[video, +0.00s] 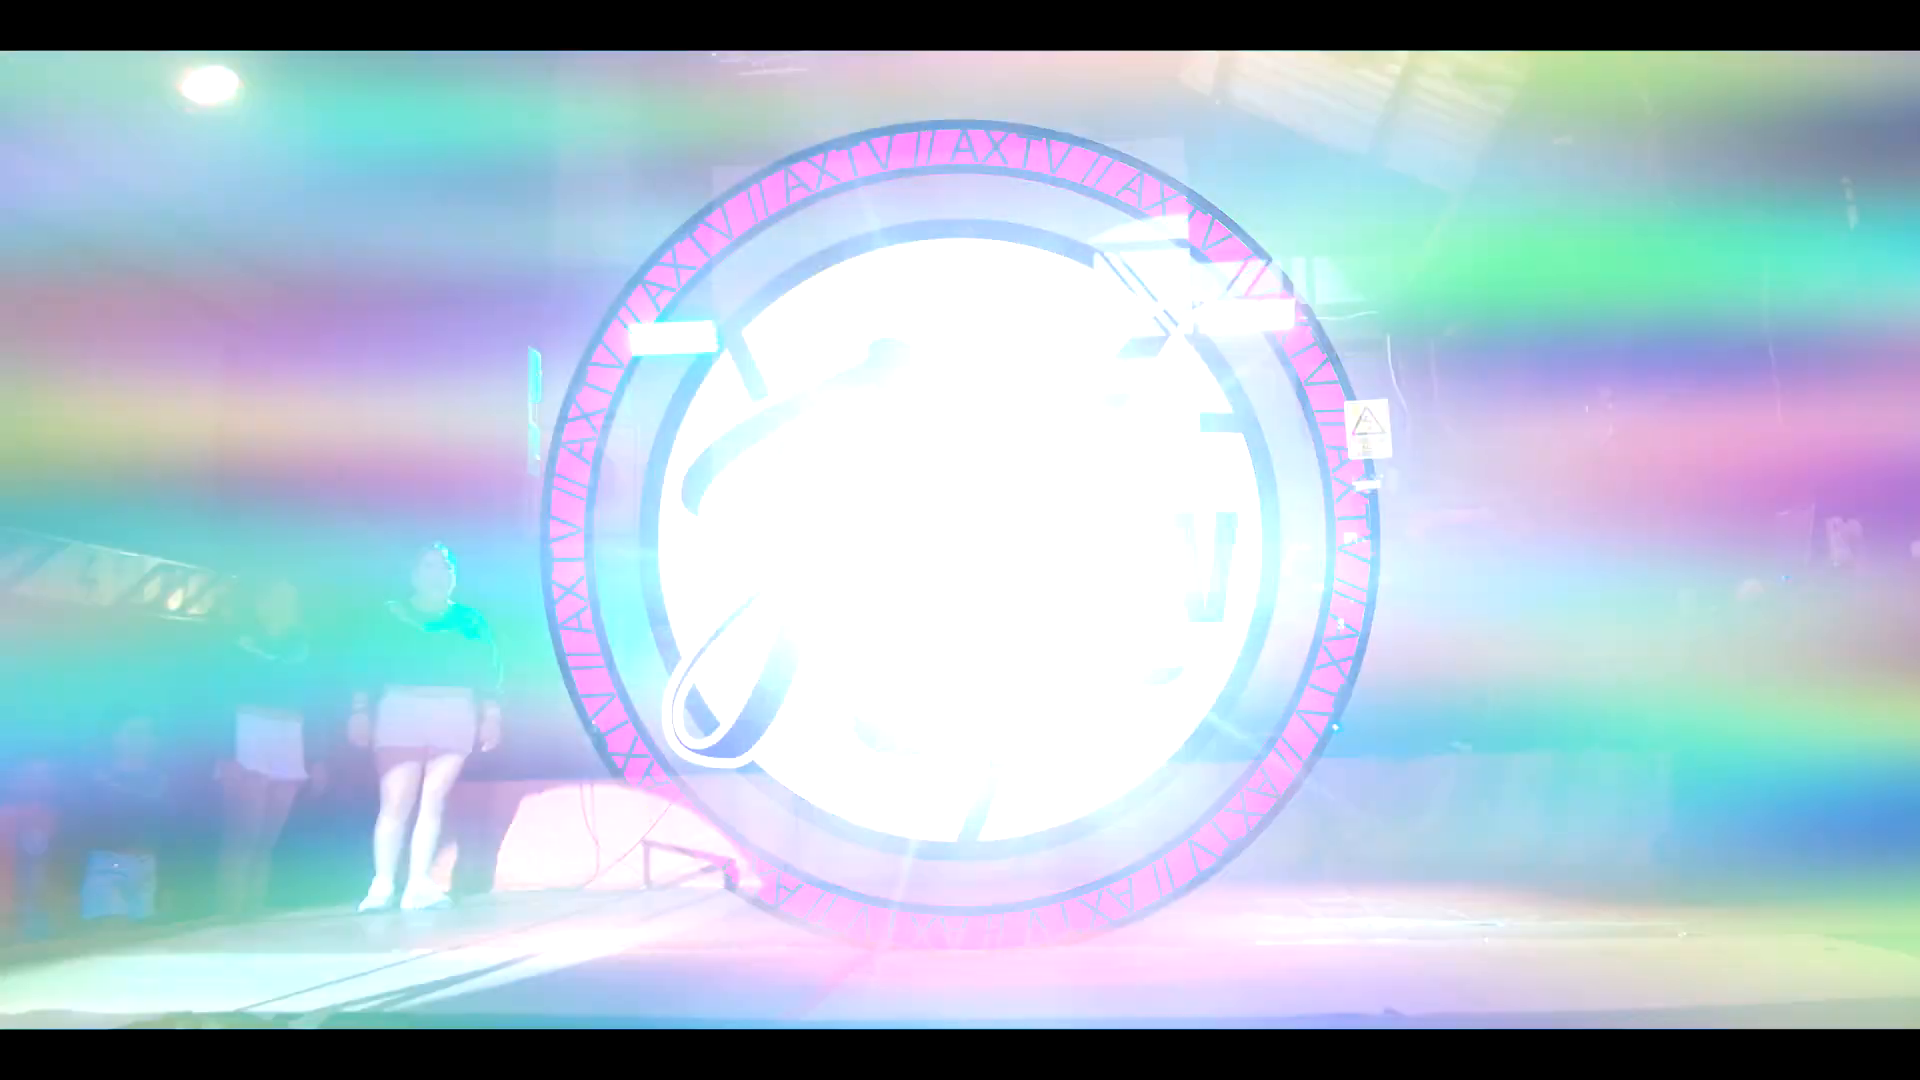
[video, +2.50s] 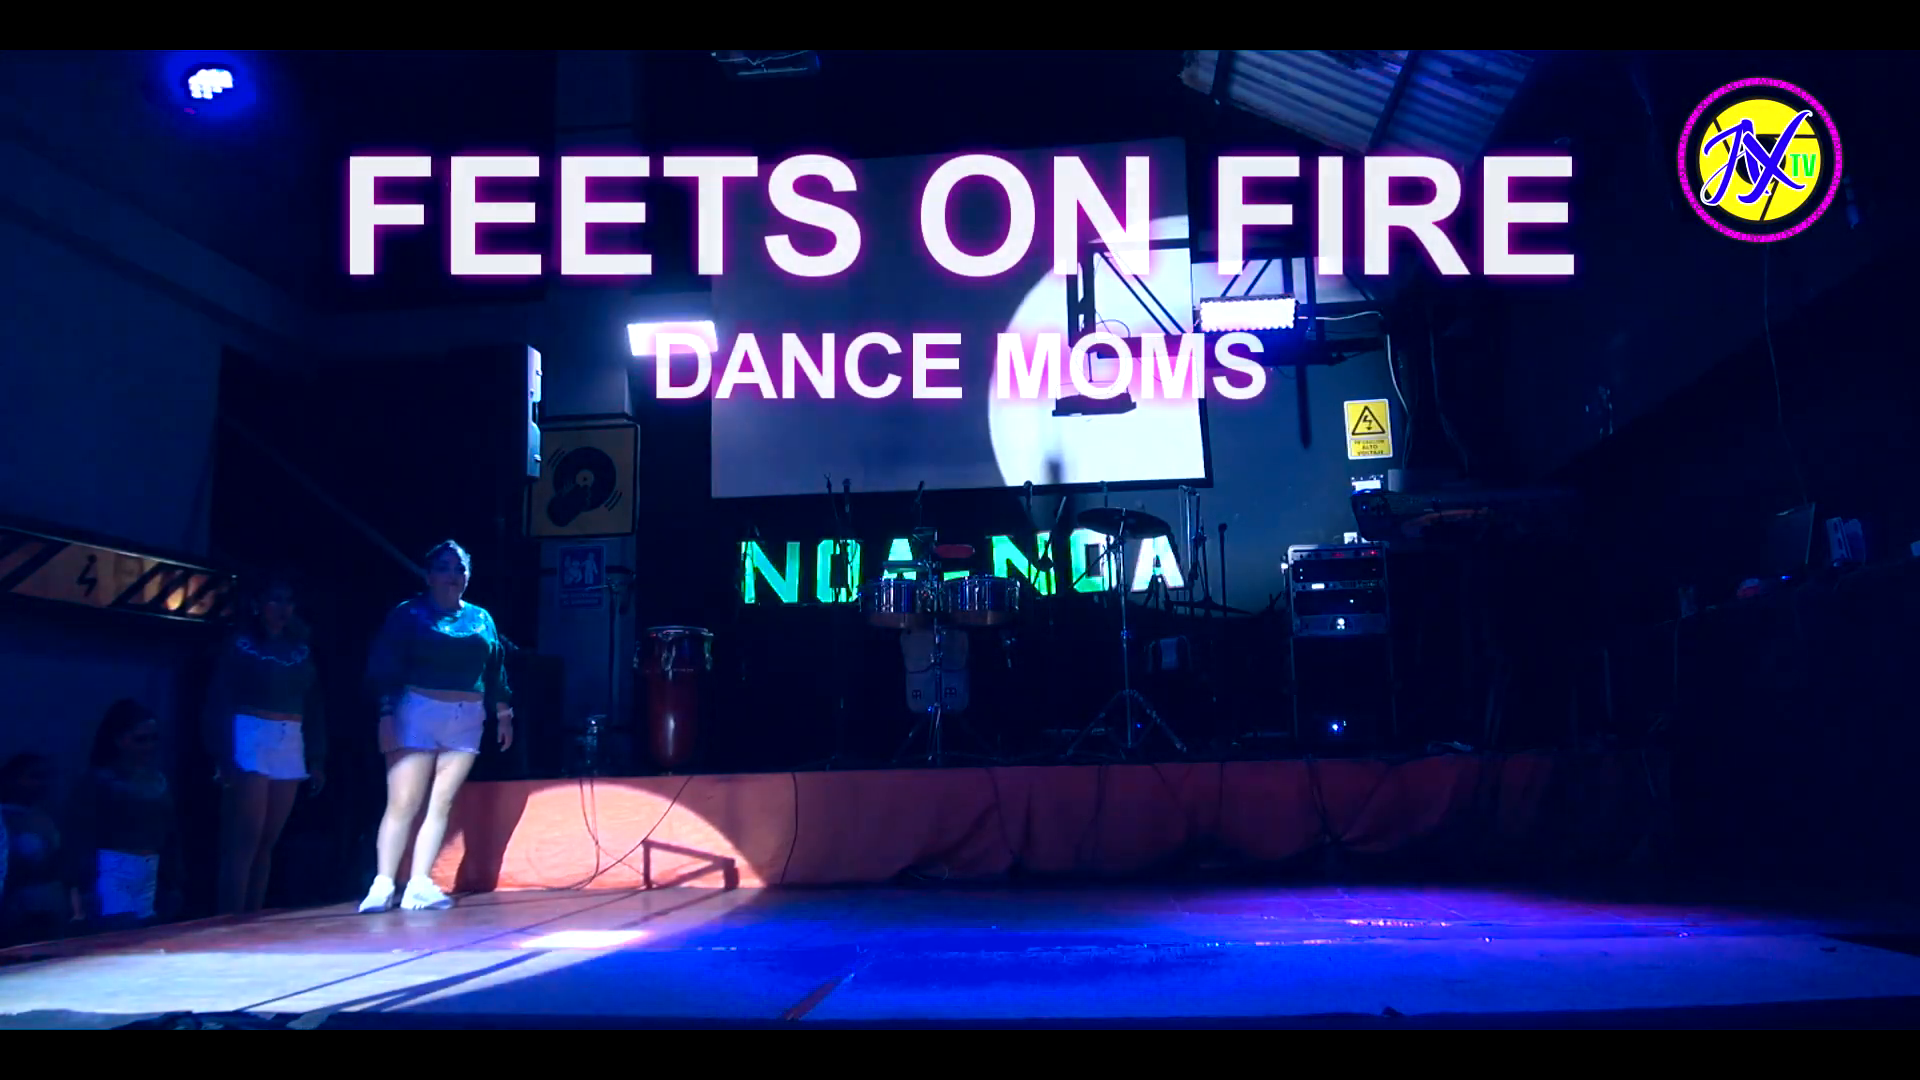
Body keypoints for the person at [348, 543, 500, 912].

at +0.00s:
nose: (436, 576)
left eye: (443, 568)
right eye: (428, 568)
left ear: (454, 575)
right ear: (414, 574)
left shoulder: (470, 621)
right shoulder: (389, 615)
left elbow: (489, 671)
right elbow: (366, 662)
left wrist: (491, 715)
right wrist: (360, 710)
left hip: (455, 714)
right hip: (399, 712)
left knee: (433, 802)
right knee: (395, 802)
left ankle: (419, 884)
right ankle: (382, 884)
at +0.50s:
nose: (435, 575)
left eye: (442, 570)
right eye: (429, 569)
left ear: (453, 577)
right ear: (415, 576)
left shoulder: (470, 623)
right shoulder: (391, 616)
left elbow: (487, 675)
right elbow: (363, 661)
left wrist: (491, 716)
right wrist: (355, 708)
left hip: (453, 712)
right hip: (399, 710)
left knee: (434, 802)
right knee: (396, 803)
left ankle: (419, 882)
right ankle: (383, 882)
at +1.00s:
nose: (436, 574)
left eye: (443, 568)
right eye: (428, 568)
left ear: (453, 574)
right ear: (415, 574)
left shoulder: (470, 618)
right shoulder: (393, 615)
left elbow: (488, 668)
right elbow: (368, 664)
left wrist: (493, 712)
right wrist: (364, 713)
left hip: (454, 715)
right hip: (399, 712)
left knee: (433, 802)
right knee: (394, 802)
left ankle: (418, 883)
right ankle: (382, 883)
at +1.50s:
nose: (438, 575)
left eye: (445, 569)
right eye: (430, 569)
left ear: (455, 575)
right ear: (417, 575)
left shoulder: (473, 618)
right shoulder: (396, 616)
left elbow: (492, 668)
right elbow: (370, 664)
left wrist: (501, 711)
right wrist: (363, 714)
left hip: (458, 716)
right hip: (403, 713)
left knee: (436, 803)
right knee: (397, 804)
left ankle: (418, 884)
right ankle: (383, 884)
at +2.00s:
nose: (438, 573)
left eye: (446, 568)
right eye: (431, 566)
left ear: (455, 575)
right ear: (418, 572)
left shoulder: (476, 617)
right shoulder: (397, 613)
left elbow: (496, 665)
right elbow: (370, 661)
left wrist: (505, 709)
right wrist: (360, 711)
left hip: (457, 715)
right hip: (403, 712)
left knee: (435, 803)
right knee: (396, 802)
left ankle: (418, 884)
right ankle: (383, 884)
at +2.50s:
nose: (453, 576)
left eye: (460, 570)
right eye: (445, 569)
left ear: (468, 576)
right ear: (429, 575)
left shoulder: (481, 618)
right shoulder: (408, 615)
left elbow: (496, 671)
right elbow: (386, 667)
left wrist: (503, 714)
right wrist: (386, 715)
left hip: (467, 713)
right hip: (417, 709)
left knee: (441, 805)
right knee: (402, 805)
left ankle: (419, 884)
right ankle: (384, 882)